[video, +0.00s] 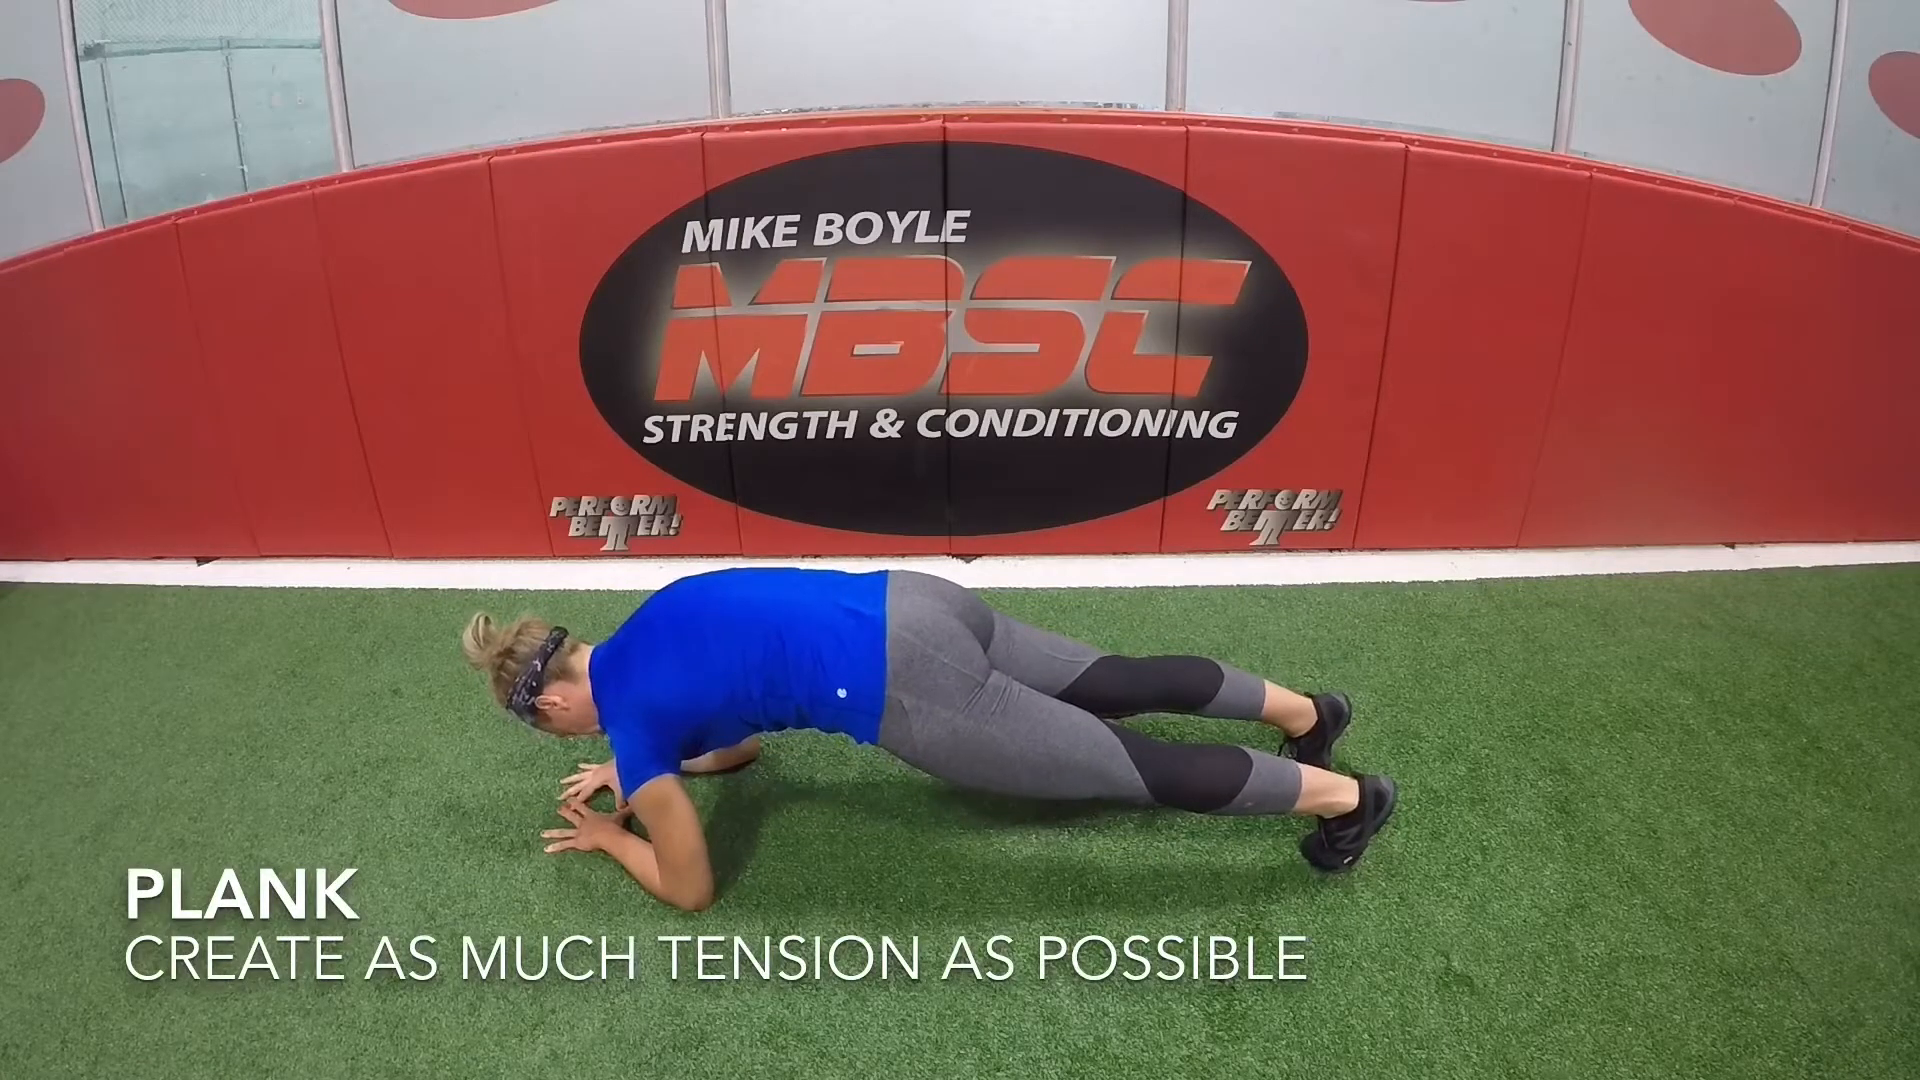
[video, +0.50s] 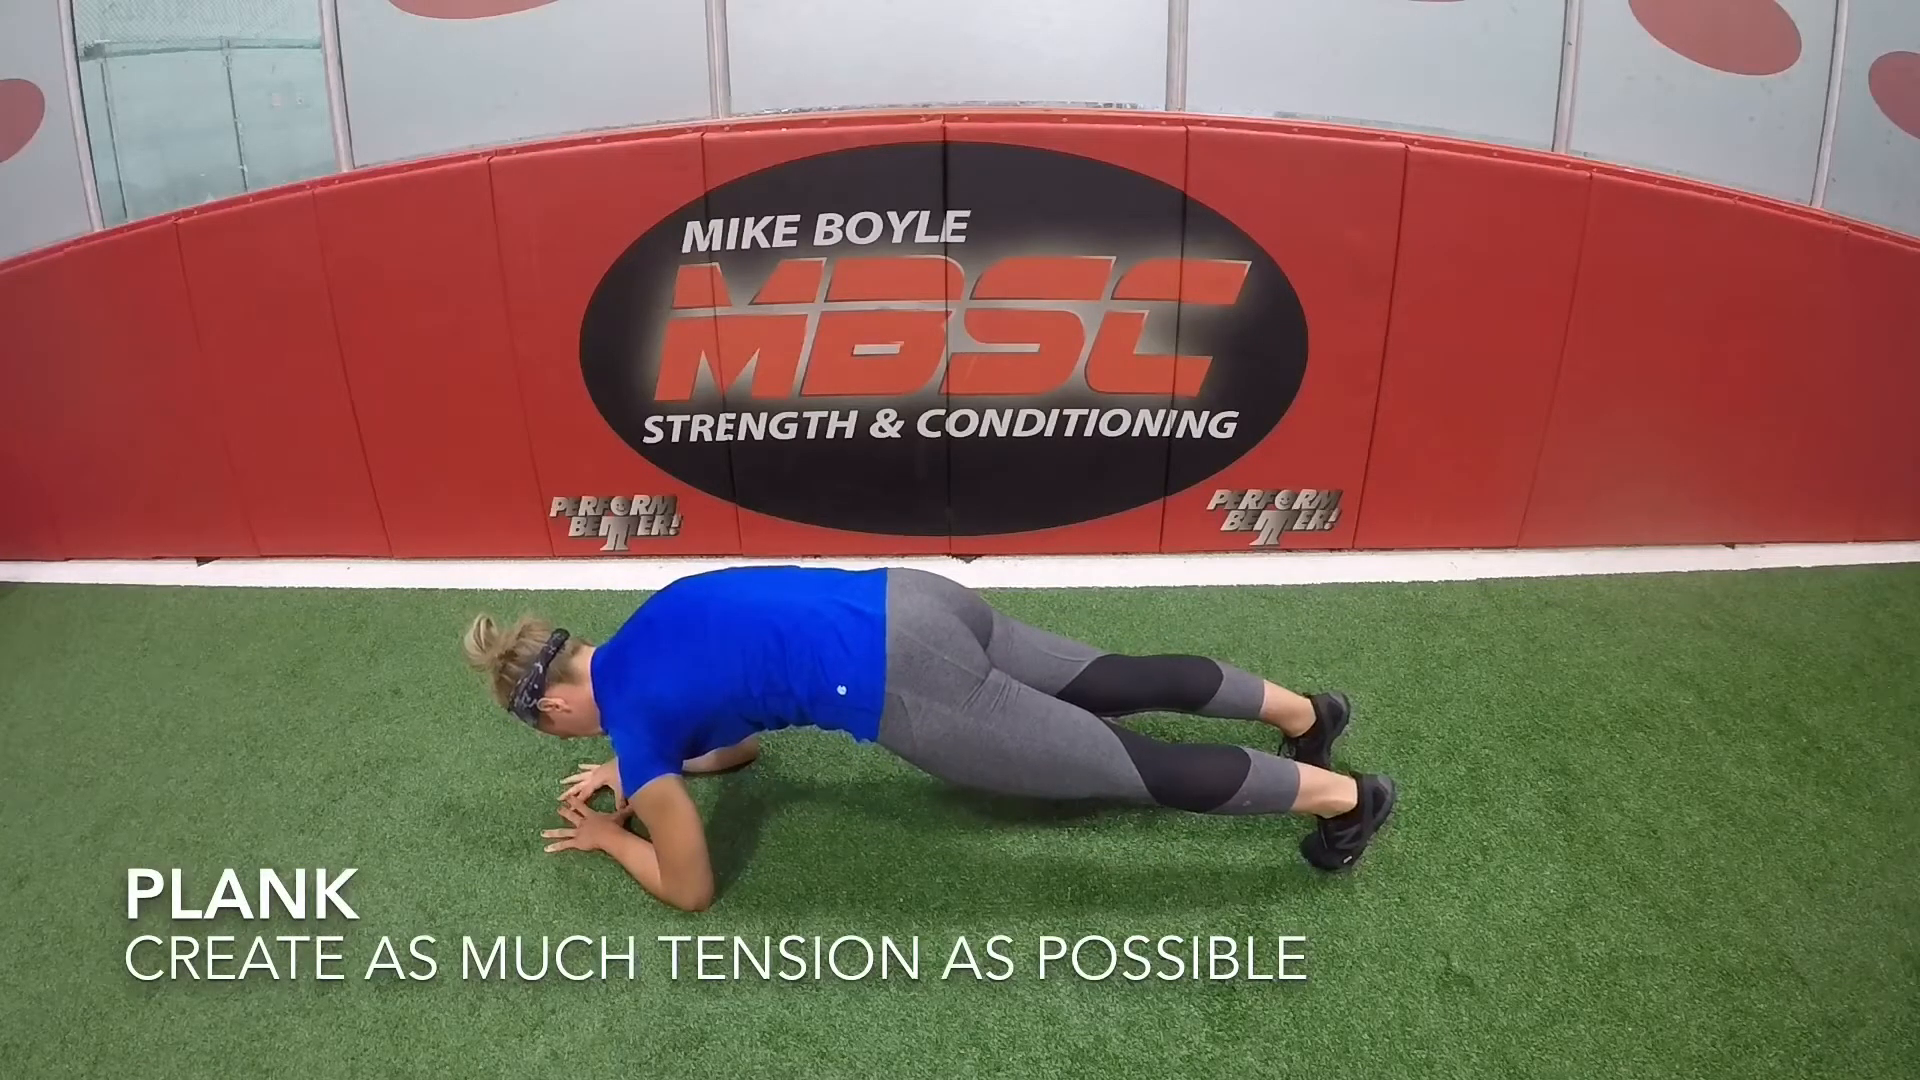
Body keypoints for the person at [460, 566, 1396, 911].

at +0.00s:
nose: (564, 734)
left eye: (548, 727)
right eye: (553, 728)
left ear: (555, 695)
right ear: (572, 645)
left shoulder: (630, 717)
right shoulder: (657, 610)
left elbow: (687, 886)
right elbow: (738, 744)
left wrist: (614, 840)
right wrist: (636, 776)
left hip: (902, 690)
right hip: (917, 593)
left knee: (1135, 769)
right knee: (1113, 679)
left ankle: (1340, 795)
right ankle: (1307, 714)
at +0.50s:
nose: (568, 734)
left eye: (553, 728)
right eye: (557, 729)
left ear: (559, 697)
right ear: (573, 646)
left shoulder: (632, 716)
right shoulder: (657, 608)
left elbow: (688, 886)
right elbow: (737, 740)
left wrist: (614, 841)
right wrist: (638, 778)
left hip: (900, 687)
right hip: (915, 591)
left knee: (1135, 767)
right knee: (1111, 678)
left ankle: (1342, 794)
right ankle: (1308, 714)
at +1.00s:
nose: (567, 735)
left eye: (551, 729)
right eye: (555, 729)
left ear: (557, 697)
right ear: (572, 646)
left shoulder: (631, 716)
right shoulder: (658, 609)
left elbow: (688, 885)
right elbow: (737, 740)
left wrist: (614, 841)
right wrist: (638, 778)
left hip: (901, 688)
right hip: (914, 591)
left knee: (1134, 767)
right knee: (1111, 677)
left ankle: (1342, 794)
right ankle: (1308, 715)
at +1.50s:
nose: (568, 735)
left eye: (553, 729)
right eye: (557, 729)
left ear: (558, 699)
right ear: (574, 647)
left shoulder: (633, 717)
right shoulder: (656, 613)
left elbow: (688, 885)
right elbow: (737, 743)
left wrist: (613, 840)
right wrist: (638, 778)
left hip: (901, 689)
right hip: (915, 593)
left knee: (1133, 769)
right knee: (1106, 678)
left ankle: (1341, 794)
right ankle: (1307, 715)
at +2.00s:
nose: (570, 737)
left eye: (555, 731)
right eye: (559, 731)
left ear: (562, 700)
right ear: (576, 650)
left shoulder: (633, 718)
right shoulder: (657, 613)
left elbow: (687, 885)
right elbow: (738, 744)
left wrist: (615, 841)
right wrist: (639, 778)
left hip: (899, 688)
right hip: (914, 592)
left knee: (1131, 769)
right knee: (1105, 678)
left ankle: (1341, 795)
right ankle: (1307, 715)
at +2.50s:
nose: (570, 737)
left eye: (555, 730)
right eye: (559, 730)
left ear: (561, 700)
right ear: (575, 649)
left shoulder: (633, 717)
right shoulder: (657, 612)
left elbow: (687, 885)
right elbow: (738, 742)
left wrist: (613, 840)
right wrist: (639, 778)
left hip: (899, 689)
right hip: (915, 594)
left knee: (1133, 771)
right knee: (1111, 680)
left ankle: (1342, 796)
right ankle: (1307, 715)